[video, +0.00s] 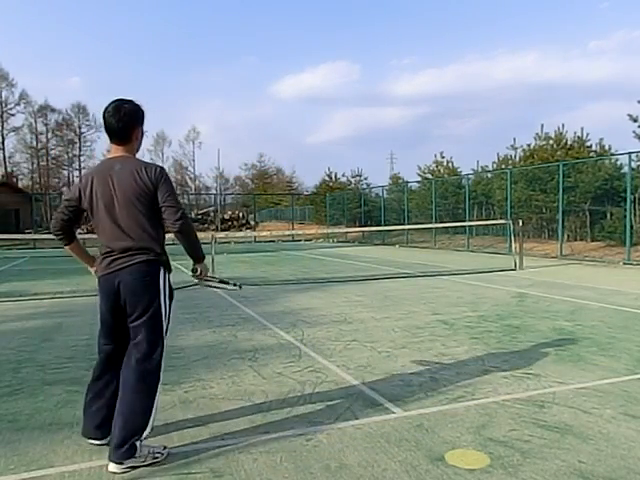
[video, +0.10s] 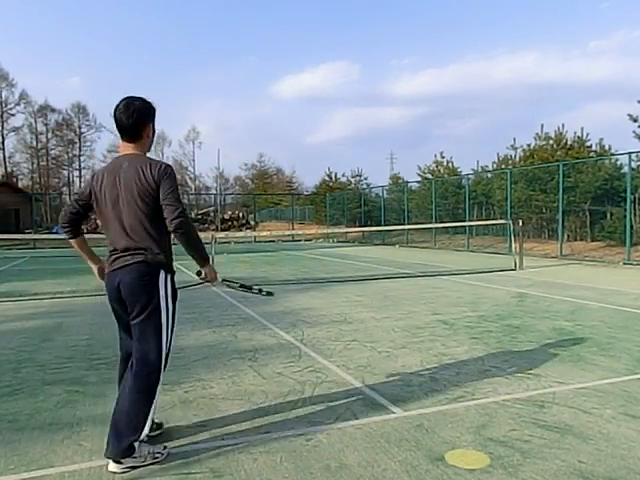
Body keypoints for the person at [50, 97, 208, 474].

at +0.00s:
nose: (144, 134)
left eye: (141, 129)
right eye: (143, 129)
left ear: (107, 134)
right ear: (138, 133)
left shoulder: (88, 178)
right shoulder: (151, 172)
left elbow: (61, 228)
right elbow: (177, 222)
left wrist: (92, 262)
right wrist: (199, 258)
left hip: (108, 277)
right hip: (146, 276)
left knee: (111, 350)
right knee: (143, 356)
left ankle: (96, 426)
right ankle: (125, 450)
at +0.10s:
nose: (155, 131)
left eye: (153, 125)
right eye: (154, 126)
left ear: (118, 130)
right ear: (149, 129)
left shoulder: (98, 176)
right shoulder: (158, 169)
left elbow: (68, 223)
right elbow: (176, 221)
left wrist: (95, 262)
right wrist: (205, 260)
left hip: (115, 276)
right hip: (149, 274)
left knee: (130, 353)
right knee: (149, 357)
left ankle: (136, 423)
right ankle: (124, 450)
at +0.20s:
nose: (166, 132)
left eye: (164, 126)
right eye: (165, 126)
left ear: (130, 131)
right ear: (159, 128)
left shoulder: (110, 180)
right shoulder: (164, 169)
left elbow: (94, 231)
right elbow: (176, 224)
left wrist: (107, 272)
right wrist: (206, 266)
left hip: (126, 276)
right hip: (154, 273)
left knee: (167, 347)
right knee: (153, 358)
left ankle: (172, 423)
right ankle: (123, 447)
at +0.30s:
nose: (176, 131)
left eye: (174, 125)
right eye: (175, 125)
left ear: (141, 131)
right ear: (168, 128)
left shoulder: (132, 176)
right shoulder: (168, 169)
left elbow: (133, 236)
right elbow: (174, 227)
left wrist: (132, 287)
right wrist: (206, 272)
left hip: (145, 273)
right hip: (161, 274)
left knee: (185, 354)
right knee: (159, 363)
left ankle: (201, 429)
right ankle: (127, 445)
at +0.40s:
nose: (182, 134)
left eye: (180, 128)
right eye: (182, 128)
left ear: (148, 132)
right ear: (175, 130)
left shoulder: (145, 173)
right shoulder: (171, 171)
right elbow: (177, 226)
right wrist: (205, 273)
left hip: (160, 274)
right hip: (174, 275)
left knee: (194, 358)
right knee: (171, 362)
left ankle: (208, 435)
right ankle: (131, 441)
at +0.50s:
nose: (188, 132)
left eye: (186, 125)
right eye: (187, 126)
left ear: (154, 131)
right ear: (180, 129)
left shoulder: (154, 172)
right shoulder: (176, 170)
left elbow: (166, 230)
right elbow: (180, 225)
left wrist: (203, 273)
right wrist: (205, 274)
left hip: (173, 273)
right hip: (182, 275)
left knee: (210, 355)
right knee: (191, 359)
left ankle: (206, 434)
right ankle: (143, 432)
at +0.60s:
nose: (195, 128)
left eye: (191, 121)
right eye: (193, 122)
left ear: (159, 129)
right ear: (188, 126)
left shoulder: (163, 168)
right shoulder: (182, 169)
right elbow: (185, 224)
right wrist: (208, 272)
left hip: (181, 272)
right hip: (186, 273)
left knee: (212, 356)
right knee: (206, 361)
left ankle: (207, 436)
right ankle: (158, 426)